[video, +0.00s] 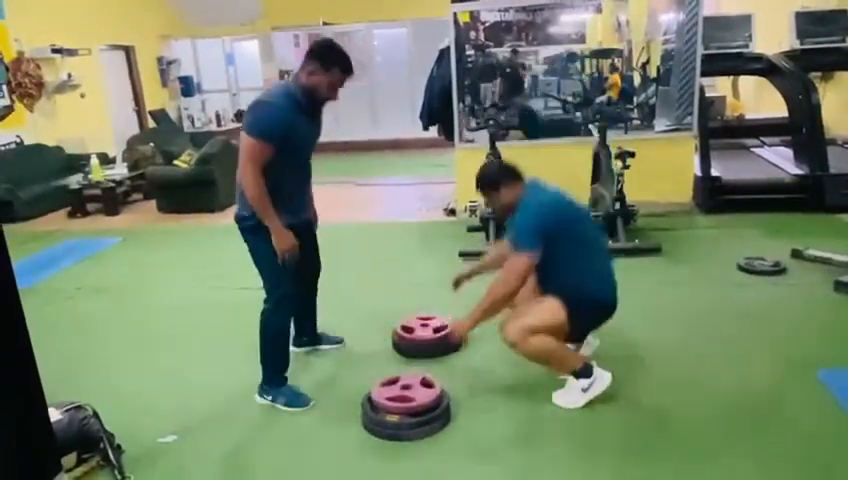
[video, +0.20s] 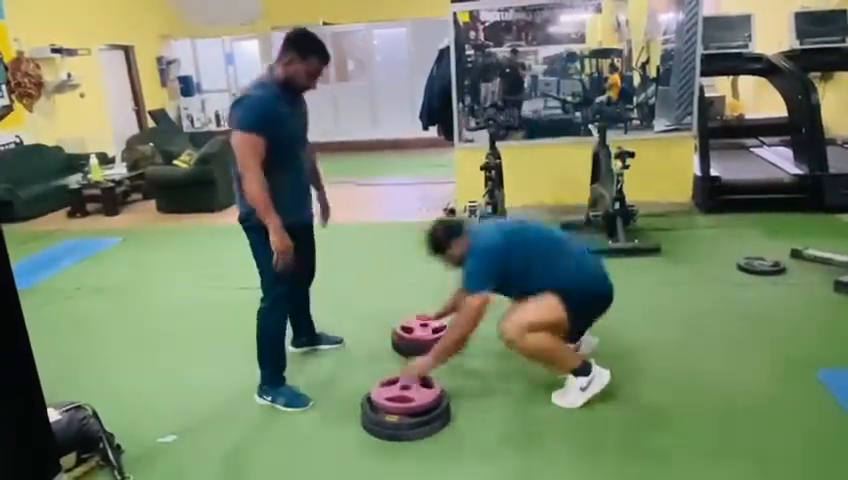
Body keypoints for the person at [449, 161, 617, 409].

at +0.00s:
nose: (489, 205)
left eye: (489, 197)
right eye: (486, 198)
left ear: (502, 190)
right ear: (511, 183)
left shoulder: (533, 211)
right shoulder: (531, 197)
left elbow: (512, 281)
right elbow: (509, 248)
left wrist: (468, 323)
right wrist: (472, 271)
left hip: (590, 297)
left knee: (516, 332)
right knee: (515, 301)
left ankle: (586, 375)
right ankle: (577, 338)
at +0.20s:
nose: (450, 261)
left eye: (446, 255)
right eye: (445, 257)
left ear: (453, 245)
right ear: (458, 235)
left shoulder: (482, 253)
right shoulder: (481, 234)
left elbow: (461, 330)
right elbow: (467, 290)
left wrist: (425, 364)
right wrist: (438, 315)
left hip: (587, 289)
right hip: (583, 273)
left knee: (514, 329)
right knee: (521, 303)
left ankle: (586, 374)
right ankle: (574, 342)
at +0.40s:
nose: (405, 306)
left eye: (399, 302)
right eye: (400, 303)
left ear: (397, 291)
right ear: (399, 276)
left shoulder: (424, 278)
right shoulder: (423, 262)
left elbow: (446, 339)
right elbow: (454, 323)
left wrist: (416, 372)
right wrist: (432, 329)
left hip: (538, 264)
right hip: (536, 250)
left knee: (558, 349)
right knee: (574, 309)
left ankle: (662, 372)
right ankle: (653, 313)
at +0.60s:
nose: (379, 355)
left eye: (373, 352)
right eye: (374, 352)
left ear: (373, 338)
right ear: (377, 322)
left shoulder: (394, 320)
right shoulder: (403, 299)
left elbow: (429, 327)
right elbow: (435, 323)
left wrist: (417, 370)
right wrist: (422, 356)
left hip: (509, 316)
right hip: (510, 289)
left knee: (586, 359)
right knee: (580, 319)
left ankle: (684, 386)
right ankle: (663, 318)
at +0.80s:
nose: (367, 352)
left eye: (363, 347)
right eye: (363, 348)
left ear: (365, 336)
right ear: (369, 317)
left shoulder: (386, 323)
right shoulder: (395, 297)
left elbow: (424, 326)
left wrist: (416, 369)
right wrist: (417, 355)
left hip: (500, 322)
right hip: (501, 294)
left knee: (573, 364)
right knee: (571, 324)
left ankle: (673, 383)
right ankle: (653, 318)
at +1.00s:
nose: (356, 286)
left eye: (352, 282)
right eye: (353, 282)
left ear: (354, 274)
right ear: (362, 257)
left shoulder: (380, 272)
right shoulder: (391, 253)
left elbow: (414, 317)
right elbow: (426, 300)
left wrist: (416, 369)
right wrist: (416, 340)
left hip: (492, 321)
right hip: (497, 296)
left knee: (566, 362)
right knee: (568, 322)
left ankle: (666, 384)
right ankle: (646, 316)